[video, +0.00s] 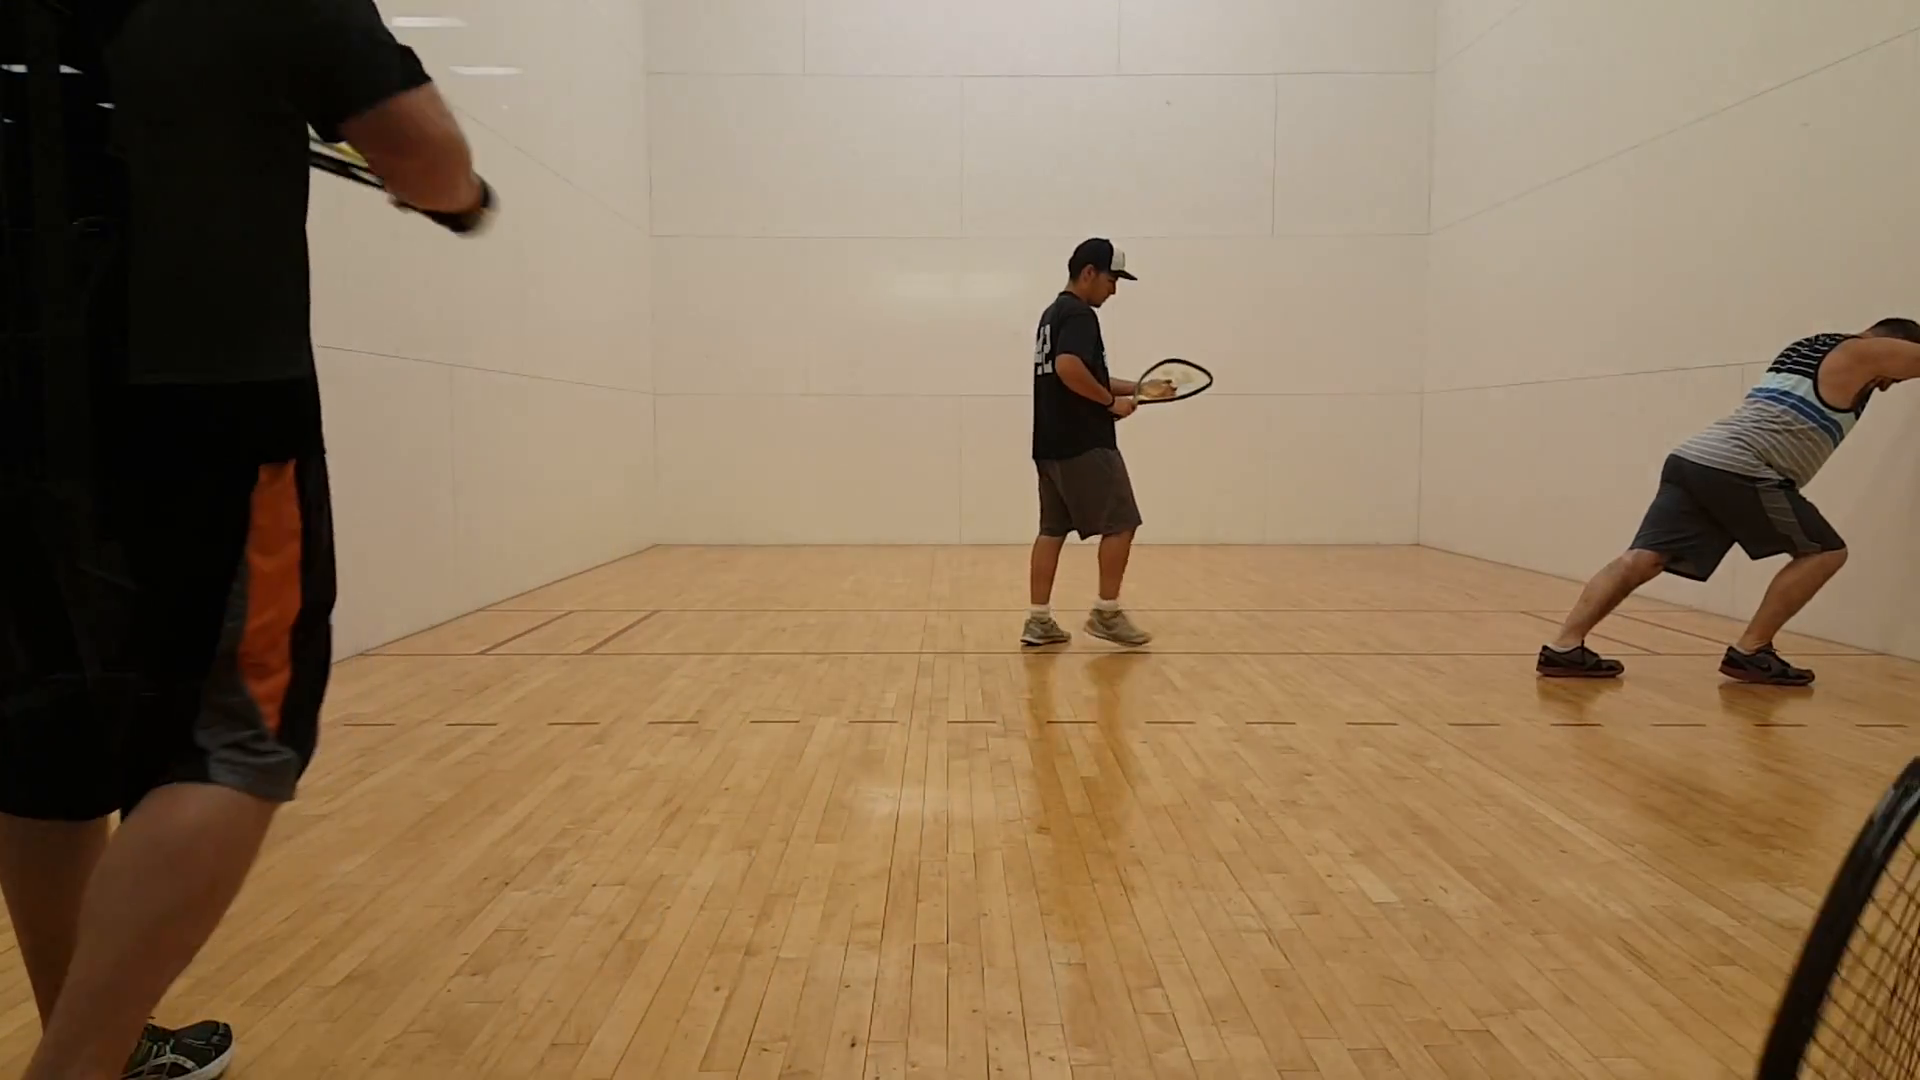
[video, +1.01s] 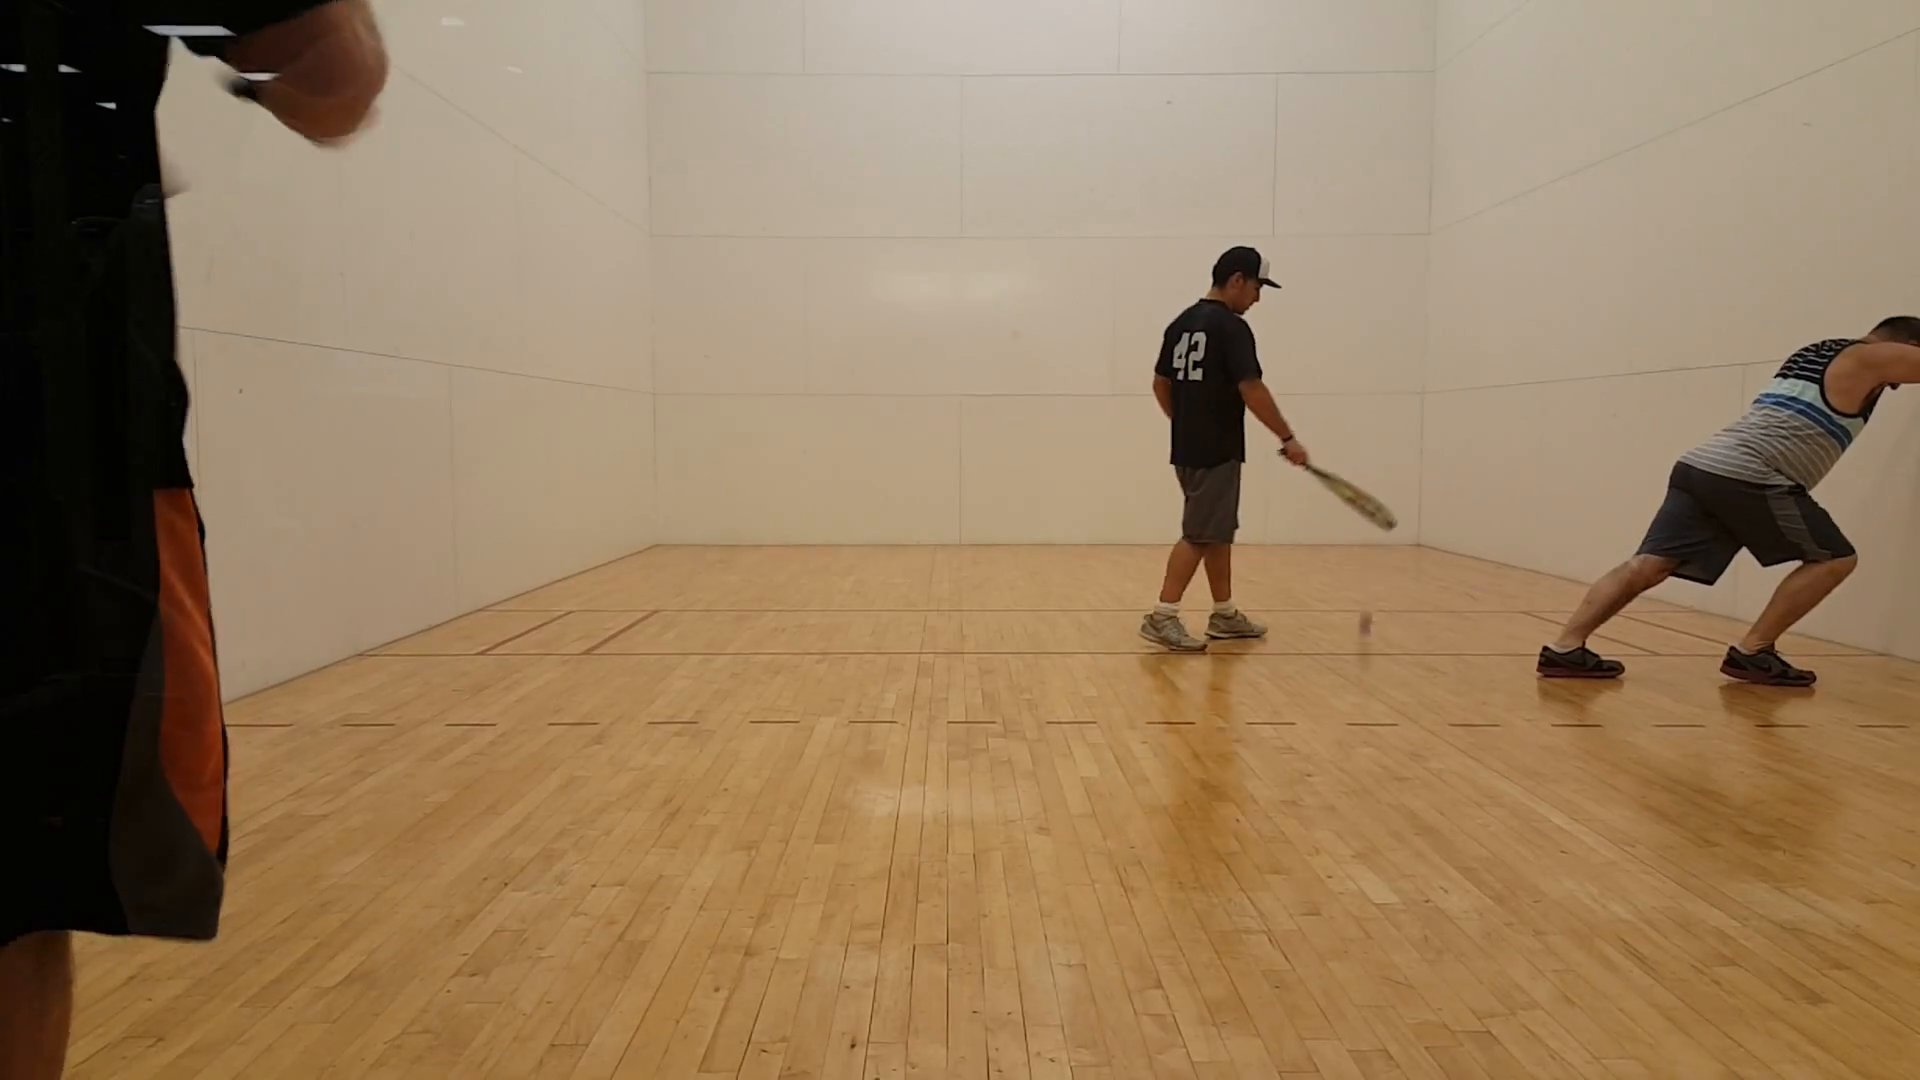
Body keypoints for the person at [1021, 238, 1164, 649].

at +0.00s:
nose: (1114, 288)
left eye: (1116, 280)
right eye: (1111, 279)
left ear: (1083, 275)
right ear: (1089, 272)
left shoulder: (1054, 314)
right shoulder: (1078, 315)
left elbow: (1090, 380)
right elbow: (1068, 368)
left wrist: (1141, 388)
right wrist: (1110, 402)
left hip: (1051, 446)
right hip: (1085, 446)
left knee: (1052, 529)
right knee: (1121, 522)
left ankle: (1039, 619)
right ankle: (1107, 612)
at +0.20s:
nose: (1140, 294)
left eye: (1142, 287)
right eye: (1138, 285)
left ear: (1114, 278)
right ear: (1117, 277)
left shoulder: (1082, 315)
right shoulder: (1101, 319)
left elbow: (1099, 381)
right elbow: (1088, 376)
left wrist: (1146, 392)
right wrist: (1134, 413)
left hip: (1071, 450)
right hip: (1101, 451)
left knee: (1063, 530)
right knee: (1128, 533)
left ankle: (1040, 618)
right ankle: (1149, 620)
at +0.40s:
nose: (1184, 300)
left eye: (1187, 292)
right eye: (1184, 290)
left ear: (1158, 280)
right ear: (1165, 280)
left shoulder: (1118, 312)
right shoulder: (1147, 324)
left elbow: (1107, 377)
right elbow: (1132, 380)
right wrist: (1164, 436)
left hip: (1099, 448)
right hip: (1133, 452)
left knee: (1089, 527)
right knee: (1148, 534)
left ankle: (1048, 604)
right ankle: (1154, 620)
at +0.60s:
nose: (1217, 296)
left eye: (1220, 288)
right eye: (1217, 286)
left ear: (1186, 276)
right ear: (1198, 277)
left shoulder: (1139, 309)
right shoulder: (1183, 324)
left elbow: (1109, 367)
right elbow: (1189, 388)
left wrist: (1102, 416)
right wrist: (1240, 420)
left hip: (1126, 440)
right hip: (1158, 449)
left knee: (1136, 522)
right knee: (1158, 534)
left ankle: (1092, 588)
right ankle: (1156, 622)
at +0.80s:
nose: (1239, 293)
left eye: (1242, 285)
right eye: (1238, 283)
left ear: (1209, 277)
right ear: (1219, 277)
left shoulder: (1160, 312)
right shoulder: (1216, 324)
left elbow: (1130, 371)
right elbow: (1253, 378)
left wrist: (1139, 419)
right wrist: (1306, 398)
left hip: (1153, 441)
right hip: (1182, 446)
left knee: (1180, 529)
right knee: (1168, 534)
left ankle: (1188, 608)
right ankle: (1156, 622)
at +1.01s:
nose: (1257, 297)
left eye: (1259, 289)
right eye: (1256, 288)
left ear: (1227, 280)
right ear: (1236, 280)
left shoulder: (1182, 321)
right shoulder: (1233, 328)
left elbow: (1162, 383)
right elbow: (1253, 391)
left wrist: (1187, 423)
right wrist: (1288, 437)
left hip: (1188, 448)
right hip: (1217, 451)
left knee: (1218, 531)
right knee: (1198, 533)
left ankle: (1224, 613)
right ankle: (1163, 616)